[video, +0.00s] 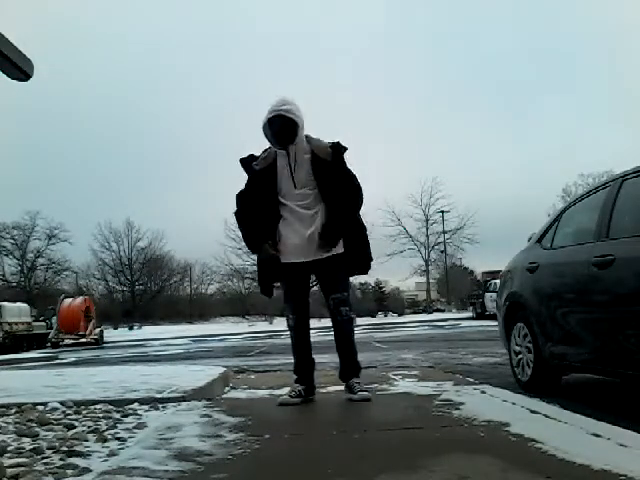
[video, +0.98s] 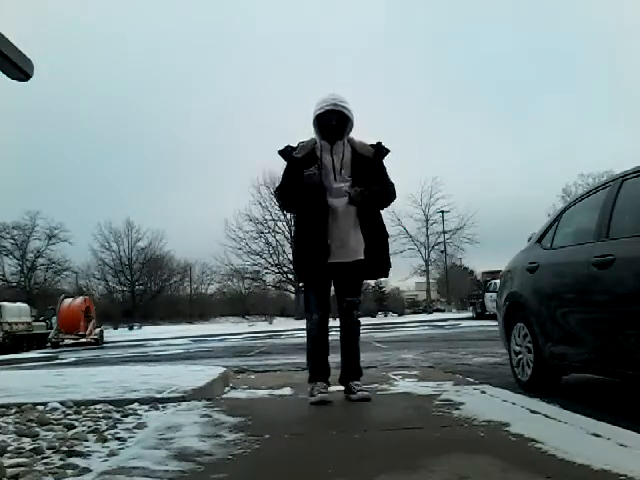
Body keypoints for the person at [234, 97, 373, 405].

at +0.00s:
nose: (279, 131)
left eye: (284, 124)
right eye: (273, 126)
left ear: (297, 125)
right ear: (267, 130)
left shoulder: (326, 155)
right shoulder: (263, 167)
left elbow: (352, 194)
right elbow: (247, 209)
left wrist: (337, 228)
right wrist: (261, 244)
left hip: (329, 251)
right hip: (288, 256)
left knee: (342, 314)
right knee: (297, 322)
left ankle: (352, 380)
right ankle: (304, 385)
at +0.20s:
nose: (304, 128)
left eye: (311, 122)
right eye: (298, 123)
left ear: (321, 125)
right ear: (289, 127)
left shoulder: (337, 160)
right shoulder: (278, 163)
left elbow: (348, 202)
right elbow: (260, 197)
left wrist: (312, 211)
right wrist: (282, 212)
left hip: (335, 254)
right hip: (295, 256)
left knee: (343, 317)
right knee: (300, 322)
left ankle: (351, 382)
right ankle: (304, 384)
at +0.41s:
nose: (327, 130)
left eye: (333, 124)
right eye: (321, 124)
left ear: (342, 128)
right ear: (310, 127)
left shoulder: (355, 163)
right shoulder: (295, 162)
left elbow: (364, 201)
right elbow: (285, 203)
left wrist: (325, 197)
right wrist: (315, 193)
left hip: (345, 252)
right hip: (306, 251)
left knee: (347, 315)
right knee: (304, 319)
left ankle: (351, 382)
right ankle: (305, 385)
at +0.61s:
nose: (336, 132)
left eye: (343, 126)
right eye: (330, 125)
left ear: (353, 129)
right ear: (320, 127)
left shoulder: (365, 164)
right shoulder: (304, 162)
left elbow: (375, 204)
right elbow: (291, 202)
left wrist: (344, 189)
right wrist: (324, 189)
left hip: (352, 254)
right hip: (312, 253)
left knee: (350, 317)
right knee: (310, 318)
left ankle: (352, 381)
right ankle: (310, 382)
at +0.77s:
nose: (334, 130)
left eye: (341, 123)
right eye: (328, 123)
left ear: (351, 126)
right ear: (319, 126)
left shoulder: (365, 161)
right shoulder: (304, 160)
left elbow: (379, 202)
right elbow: (288, 202)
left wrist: (354, 187)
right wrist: (323, 191)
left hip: (353, 251)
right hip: (314, 251)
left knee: (350, 316)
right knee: (316, 318)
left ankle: (352, 382)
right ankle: (317, 383)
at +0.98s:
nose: (331, 126)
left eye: (337, 120)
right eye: (325, 120)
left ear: (348, 123)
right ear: (316, 123)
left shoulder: (366, 157)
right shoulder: (303, 158)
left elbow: (387, 193)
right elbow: (285, 200)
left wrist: (361, 196)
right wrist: (307, 183)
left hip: (353, 252)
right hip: (314, 252)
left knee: (350, 317)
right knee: (317, 318)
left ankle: (352, 381)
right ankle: (318, 383)